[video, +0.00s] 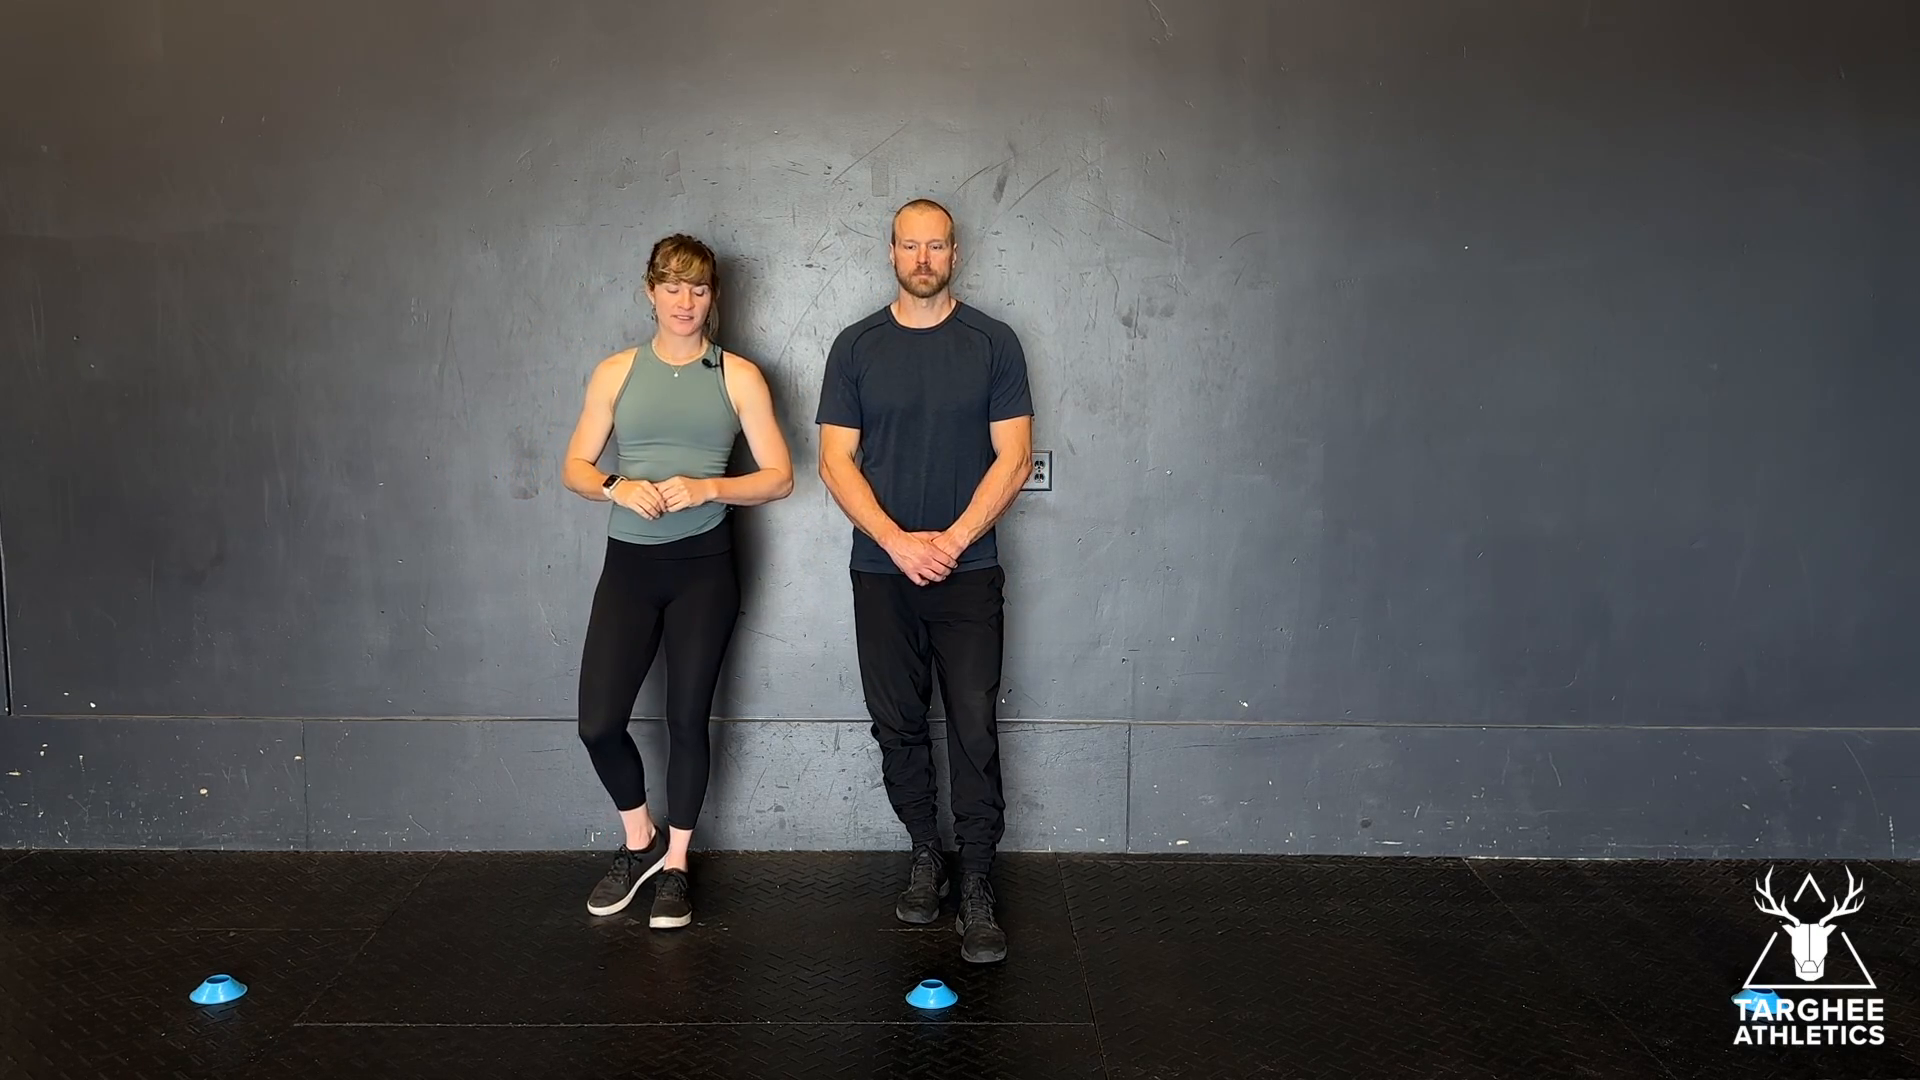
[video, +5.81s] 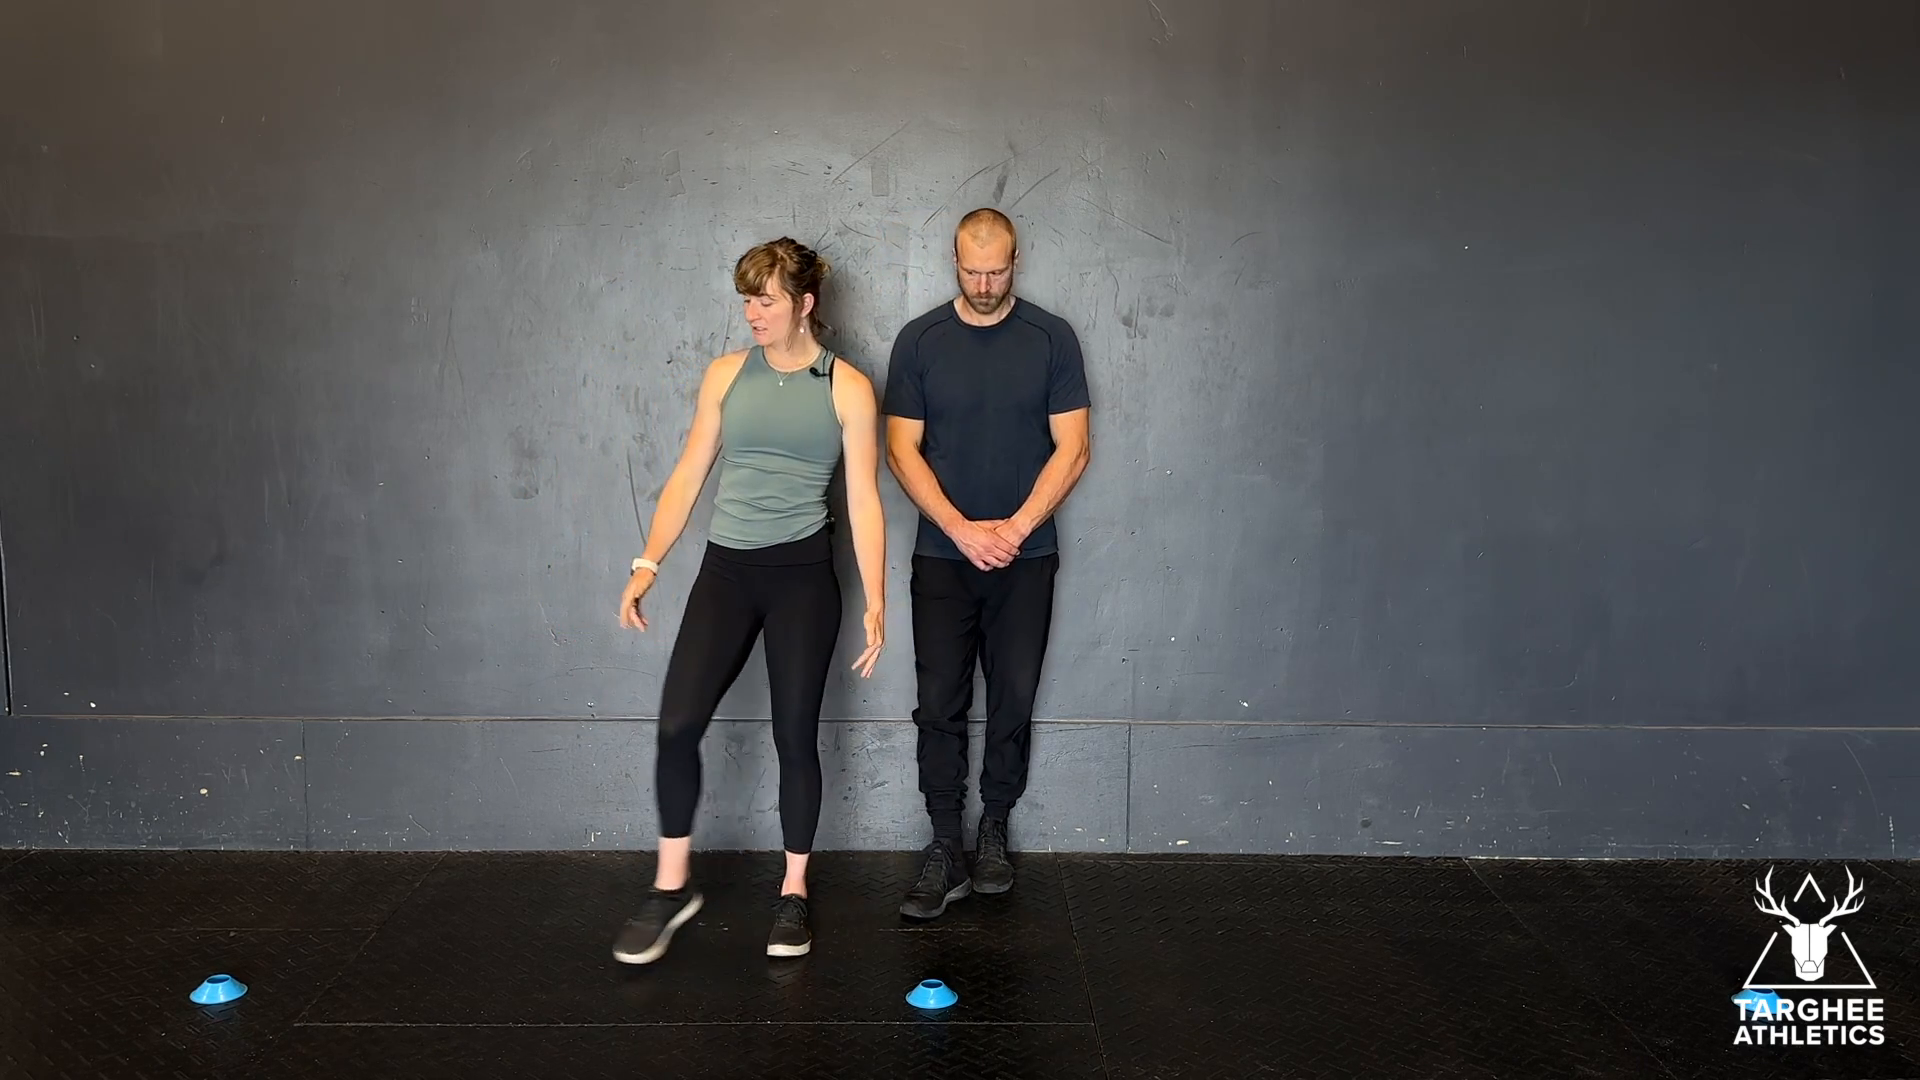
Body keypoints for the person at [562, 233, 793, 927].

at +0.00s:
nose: (685, 298)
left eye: (697, 287)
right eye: (672, 286)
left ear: (711, 296)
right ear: (652, 293)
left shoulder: (738, 377)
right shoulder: (615, 373)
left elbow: (778, 476)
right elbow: (576, 468)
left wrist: (709, 487)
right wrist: (620, 487)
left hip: (704, 564)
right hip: (628, 564)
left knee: (688, 717)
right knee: (599, 721)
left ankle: (676, 866)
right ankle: (641, 843)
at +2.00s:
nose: (654, 319)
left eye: (667, 306)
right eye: (646, 305)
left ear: (698, 304)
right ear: (635, 305)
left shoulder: (736, 377)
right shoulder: (612, 369)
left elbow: (751, 475)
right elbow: (594, 467)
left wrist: (768, 557)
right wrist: (585, 538)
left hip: (703, 560)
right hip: (624, 561)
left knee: (686, 716)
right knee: (600, 719)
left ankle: (675, 866)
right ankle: (636, 843)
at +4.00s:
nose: (675, 315)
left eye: (684, 300)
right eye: (660, 303)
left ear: (699, 301)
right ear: (636, 304)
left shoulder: (730, 376)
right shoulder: (608, 377)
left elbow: (754, 474)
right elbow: (565, 474)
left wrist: (786, 557)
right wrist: (518, 555)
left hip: (703, 562)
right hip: (626, 564)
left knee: (687, 716)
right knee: (615, 724)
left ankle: (676, 868)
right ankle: (642, 855)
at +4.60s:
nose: (690, 311)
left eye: (698, 297)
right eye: (674, 298)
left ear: (708, 300)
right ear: (645, 303)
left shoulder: (735, 378)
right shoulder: (611, 381)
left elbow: (755, 474)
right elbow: (581, 486)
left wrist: (788, 515)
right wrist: (592, 573)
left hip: (718, 568)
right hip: (639, 573)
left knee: (745, 724)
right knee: (639, 724)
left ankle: (780, 882)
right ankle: (636, 872)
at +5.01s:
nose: (747, 313)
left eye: (757, 299)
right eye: (732, 301)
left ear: (771, 302)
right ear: (708, 305)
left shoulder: (803, 380)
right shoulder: (680, 383)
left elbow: (826, 489)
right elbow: (663, 487)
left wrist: (856, 587)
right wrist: (662, 573)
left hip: (791, 570)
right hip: (710, 572)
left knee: (788, 733)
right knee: (675, 739)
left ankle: (795, 889)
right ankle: (660, 861)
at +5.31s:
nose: (773, 311)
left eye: (785, 297)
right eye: (759, 298)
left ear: (800, 300)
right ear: (738, 304)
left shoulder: (833, 381)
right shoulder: (707, 383)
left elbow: (852, 494)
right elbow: (685, 488)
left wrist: (881, 595)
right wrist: (673, 587)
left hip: (815, 574)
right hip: (735, 577)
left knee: (803, 731)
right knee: (735, 730)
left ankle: (796, 889)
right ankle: (764, 853)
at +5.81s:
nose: (751, 311)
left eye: (765, 298)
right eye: (747, 298)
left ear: (805, 302)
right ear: (746, 304)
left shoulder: (847, 388)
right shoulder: (727, 373)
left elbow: (864, 504)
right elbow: (688, 476)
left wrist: (876, 600)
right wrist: (647, 564)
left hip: (805, 574)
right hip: (725, 572)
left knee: (794, 737)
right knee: (676, 724)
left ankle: (793, 891)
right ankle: (671, 886)